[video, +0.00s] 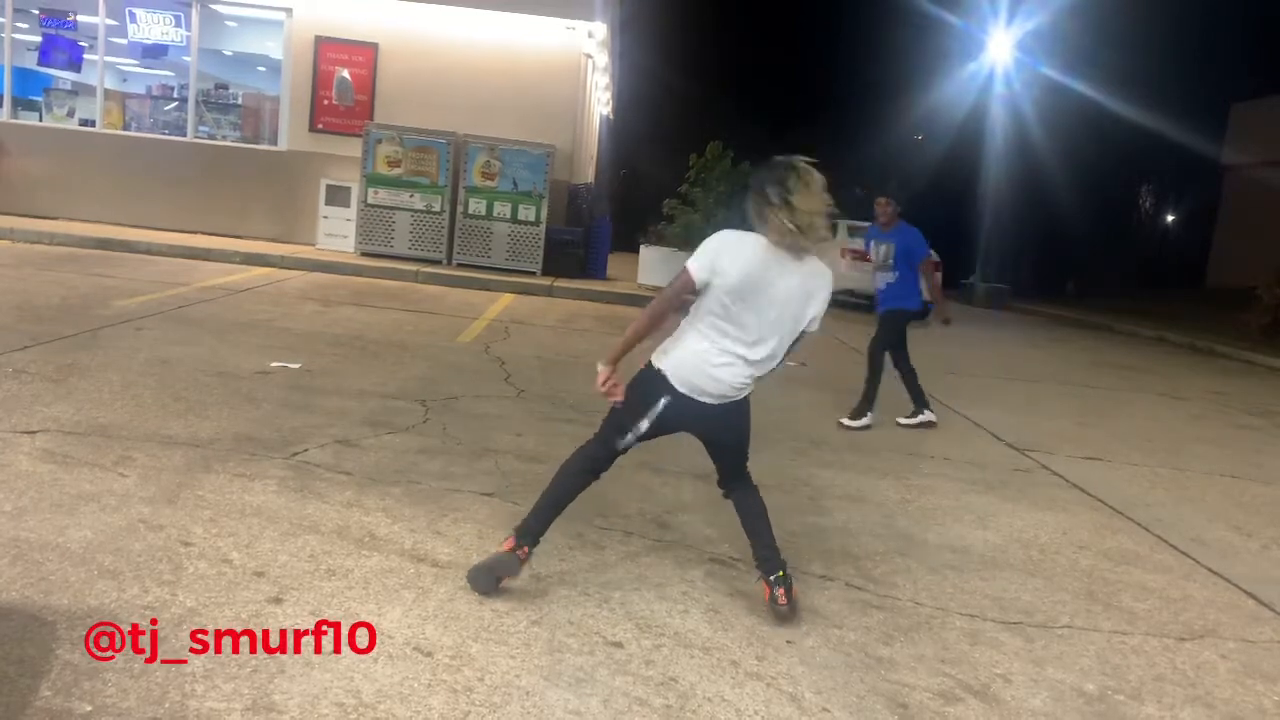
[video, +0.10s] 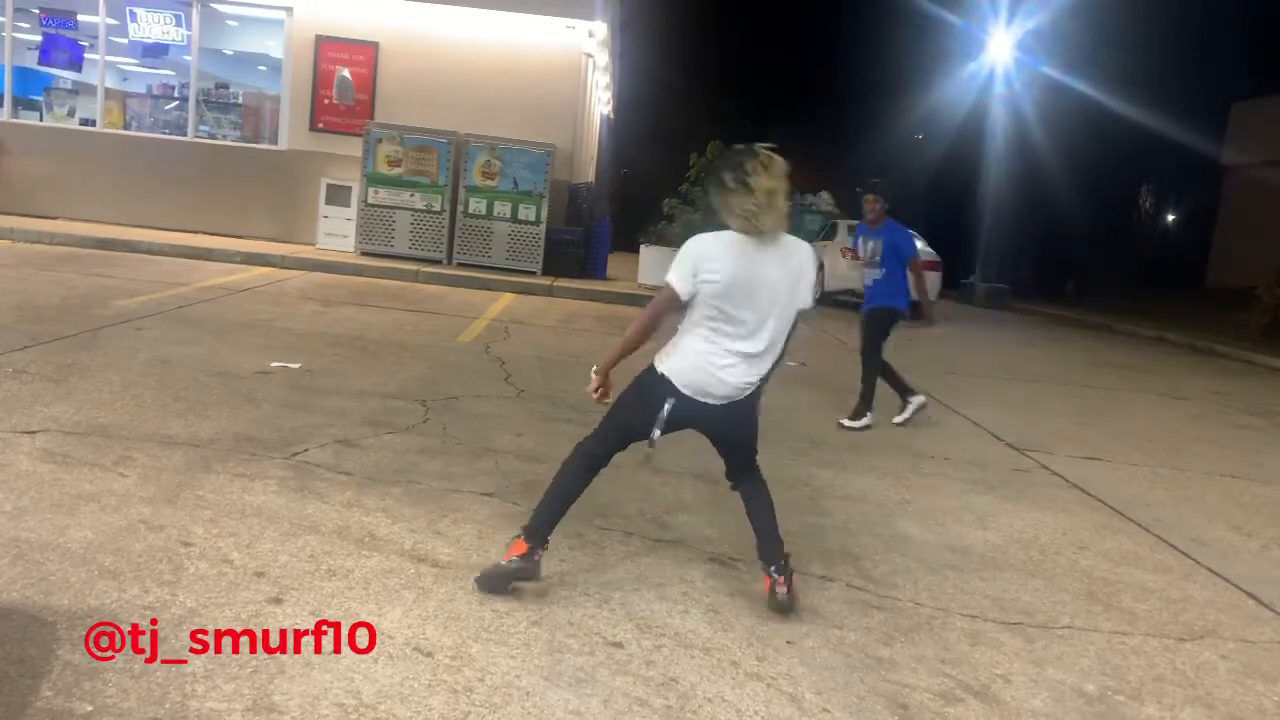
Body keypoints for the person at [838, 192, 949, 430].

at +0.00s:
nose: (882, 210)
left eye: (887, 206)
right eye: (879, 206)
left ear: (896, 209)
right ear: (874, 209)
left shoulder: (910, 235)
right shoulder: (873, 233)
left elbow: (929, 271)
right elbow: (875, 258)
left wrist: (941, 307)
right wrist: (855, 255)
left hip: (905, 305)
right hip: (886, 304)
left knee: (875, 348)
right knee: (901, 360)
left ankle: (864, 411)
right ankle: (923, 409)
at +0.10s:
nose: (870, 207)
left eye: (875, 202)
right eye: (867, 202)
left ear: (885, 206)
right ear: (862, 206)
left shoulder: (898, 233)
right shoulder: (861, 230)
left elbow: (917, 269)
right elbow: (865, 258)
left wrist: (925, 304)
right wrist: (852, 256)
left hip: (891, 301)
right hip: (871, 300)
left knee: (870, 354)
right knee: (870, 355)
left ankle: (863, 411)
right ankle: (910, 396)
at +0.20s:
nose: (857, 201)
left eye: (862, 196)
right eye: (853, 196)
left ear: (872, 198)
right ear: (849, 198)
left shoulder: (884, 226)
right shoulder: (848, 224)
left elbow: (897, 266)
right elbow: (849, 253)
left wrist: (900, 305)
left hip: (879, 299)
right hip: (856, 297)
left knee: (867, 350)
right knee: (845, 349)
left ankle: (864, 409)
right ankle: (878, 389)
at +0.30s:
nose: (835, 204)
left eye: (840, 199)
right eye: (831, 199)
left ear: (850, 201)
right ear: (826, 200)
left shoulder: (865, 229)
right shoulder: (828, 227)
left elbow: (878, 270)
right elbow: (827, 261)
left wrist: (875, 309)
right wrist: (821, 290)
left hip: (861, 304)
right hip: (836, 302)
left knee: (855, 352)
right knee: (812, 342)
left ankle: (865, 411)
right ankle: (813, 397)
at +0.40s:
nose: (818, 205)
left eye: (824, 201)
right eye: (816, 200)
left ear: (835, 203)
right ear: (814, 203)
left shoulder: (847, 229)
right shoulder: (815, 228)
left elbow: (865, 270)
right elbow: (820, 264)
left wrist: (865, 312)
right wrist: (816, 289)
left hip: (846, 304)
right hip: (822, 302)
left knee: (847, 356)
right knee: (796, 342)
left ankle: (863, 411)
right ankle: (793, 397)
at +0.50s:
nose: (800, 188)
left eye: (805, 182)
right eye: (796, 183)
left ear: (815, 185)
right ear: (790, 186)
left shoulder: (827, 212)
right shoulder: (789, 212)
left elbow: (845, 249)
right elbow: (795, 249)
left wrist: (847, 289)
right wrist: (790, 282)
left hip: (824, 288)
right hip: (798, 287)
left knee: (829, 340)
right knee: (782, 337)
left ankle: (848, 398)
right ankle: (789, 392)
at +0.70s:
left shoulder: (802, 209)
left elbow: (815, 244)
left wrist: (832, 283)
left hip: (803, 277)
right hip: (775, 276)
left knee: (803, 337)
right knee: (765, 333)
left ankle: (829, 396)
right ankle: (776, 390)